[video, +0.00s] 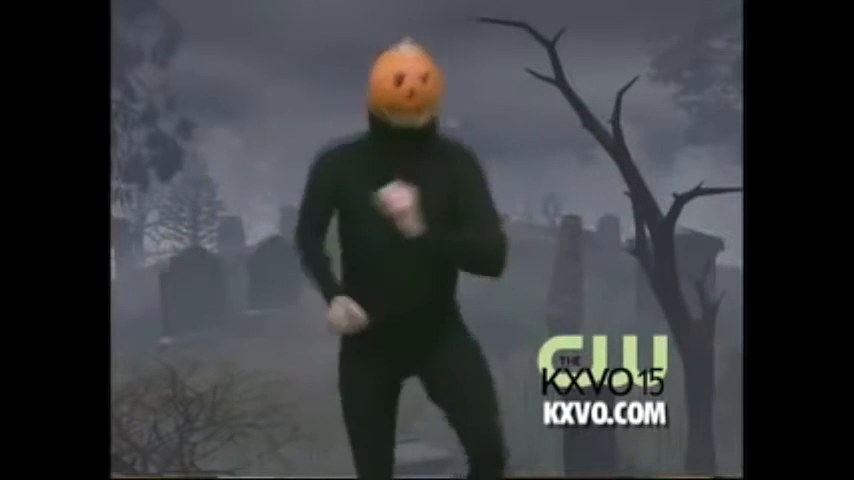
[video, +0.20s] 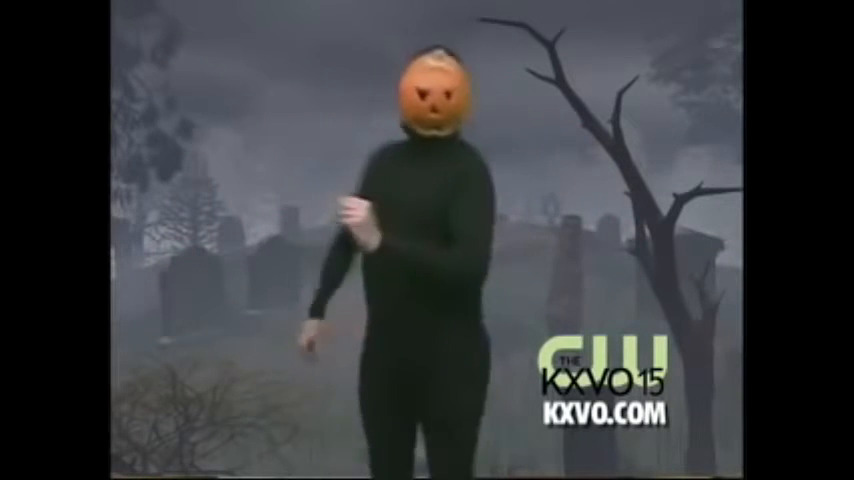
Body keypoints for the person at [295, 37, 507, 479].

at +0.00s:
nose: (410, 87)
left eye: (421, 77)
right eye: (397, 77)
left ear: (437, 91)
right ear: (375, 92)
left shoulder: (456, 162)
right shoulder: (338, 164)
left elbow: (491, 258)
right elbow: (308, 237)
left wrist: (422, 227)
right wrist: (332, 294)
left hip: (440, 332)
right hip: (368, 339)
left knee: (489, 454)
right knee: (373, 470)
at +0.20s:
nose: (434, 104)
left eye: (447, 95)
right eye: (422, 93)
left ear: (464, 102)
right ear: (402, 97)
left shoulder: (469, 170)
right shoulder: (385, 162)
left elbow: (470, 269)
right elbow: (350, 236)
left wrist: (379, 243)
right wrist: (317, 312)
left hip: (452, 351)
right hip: (387, 347)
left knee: (451, 470)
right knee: (388, 470)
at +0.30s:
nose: (435, 111)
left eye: (449, 102)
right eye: (423, 100)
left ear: (468, 110)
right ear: (406, 105)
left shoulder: (469, 177)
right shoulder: (413, 166)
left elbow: (450, 270)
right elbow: (395, 243)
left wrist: (359, 227)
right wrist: (335, 284)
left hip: (459, 354)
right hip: (406, 347)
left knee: (455, 471)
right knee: (335, 461)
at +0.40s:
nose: (435, 128)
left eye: (450, 118)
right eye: (423, 115)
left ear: (470, 128)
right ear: (407, 119)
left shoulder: (469, 195)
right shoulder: (424, 183)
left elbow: (407, 270)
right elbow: (412, 243)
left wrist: (347, 182)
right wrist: (372, 252)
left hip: (468, 368)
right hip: (413, 357)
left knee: (461, 471)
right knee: (302, 421)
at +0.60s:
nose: (443, 79)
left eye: (459, 72)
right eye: (432, 68)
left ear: (478, 87)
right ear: (415, 78)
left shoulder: (476, 158)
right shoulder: (422, 141)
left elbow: (386, 230)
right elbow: (429, 232)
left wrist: (340, 142)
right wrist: (379, 237)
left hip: (460, 335)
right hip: (400, 325)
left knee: (458, 469)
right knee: (342, 450)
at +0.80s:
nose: (447, 95)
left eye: (461, 87)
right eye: (436, 84)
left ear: (479, 102)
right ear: (416, 95)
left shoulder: (478, 177)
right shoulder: (409, 157)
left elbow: (404, 250)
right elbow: (389, 218)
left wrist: (332, 199)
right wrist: (342, 242)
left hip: (460, 350)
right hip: (396, 342)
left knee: (461, 470)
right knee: (344, 458)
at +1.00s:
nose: (425, 106)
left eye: (438, 100)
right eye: (414, 96)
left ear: (456, 119)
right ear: (393, 112)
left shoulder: (468, 191)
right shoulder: (366, 171)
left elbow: (438, 277)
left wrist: (358, 271)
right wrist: (323, 209)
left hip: (445, 349)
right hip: (374, 341)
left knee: (459, 465)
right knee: (313, 435)